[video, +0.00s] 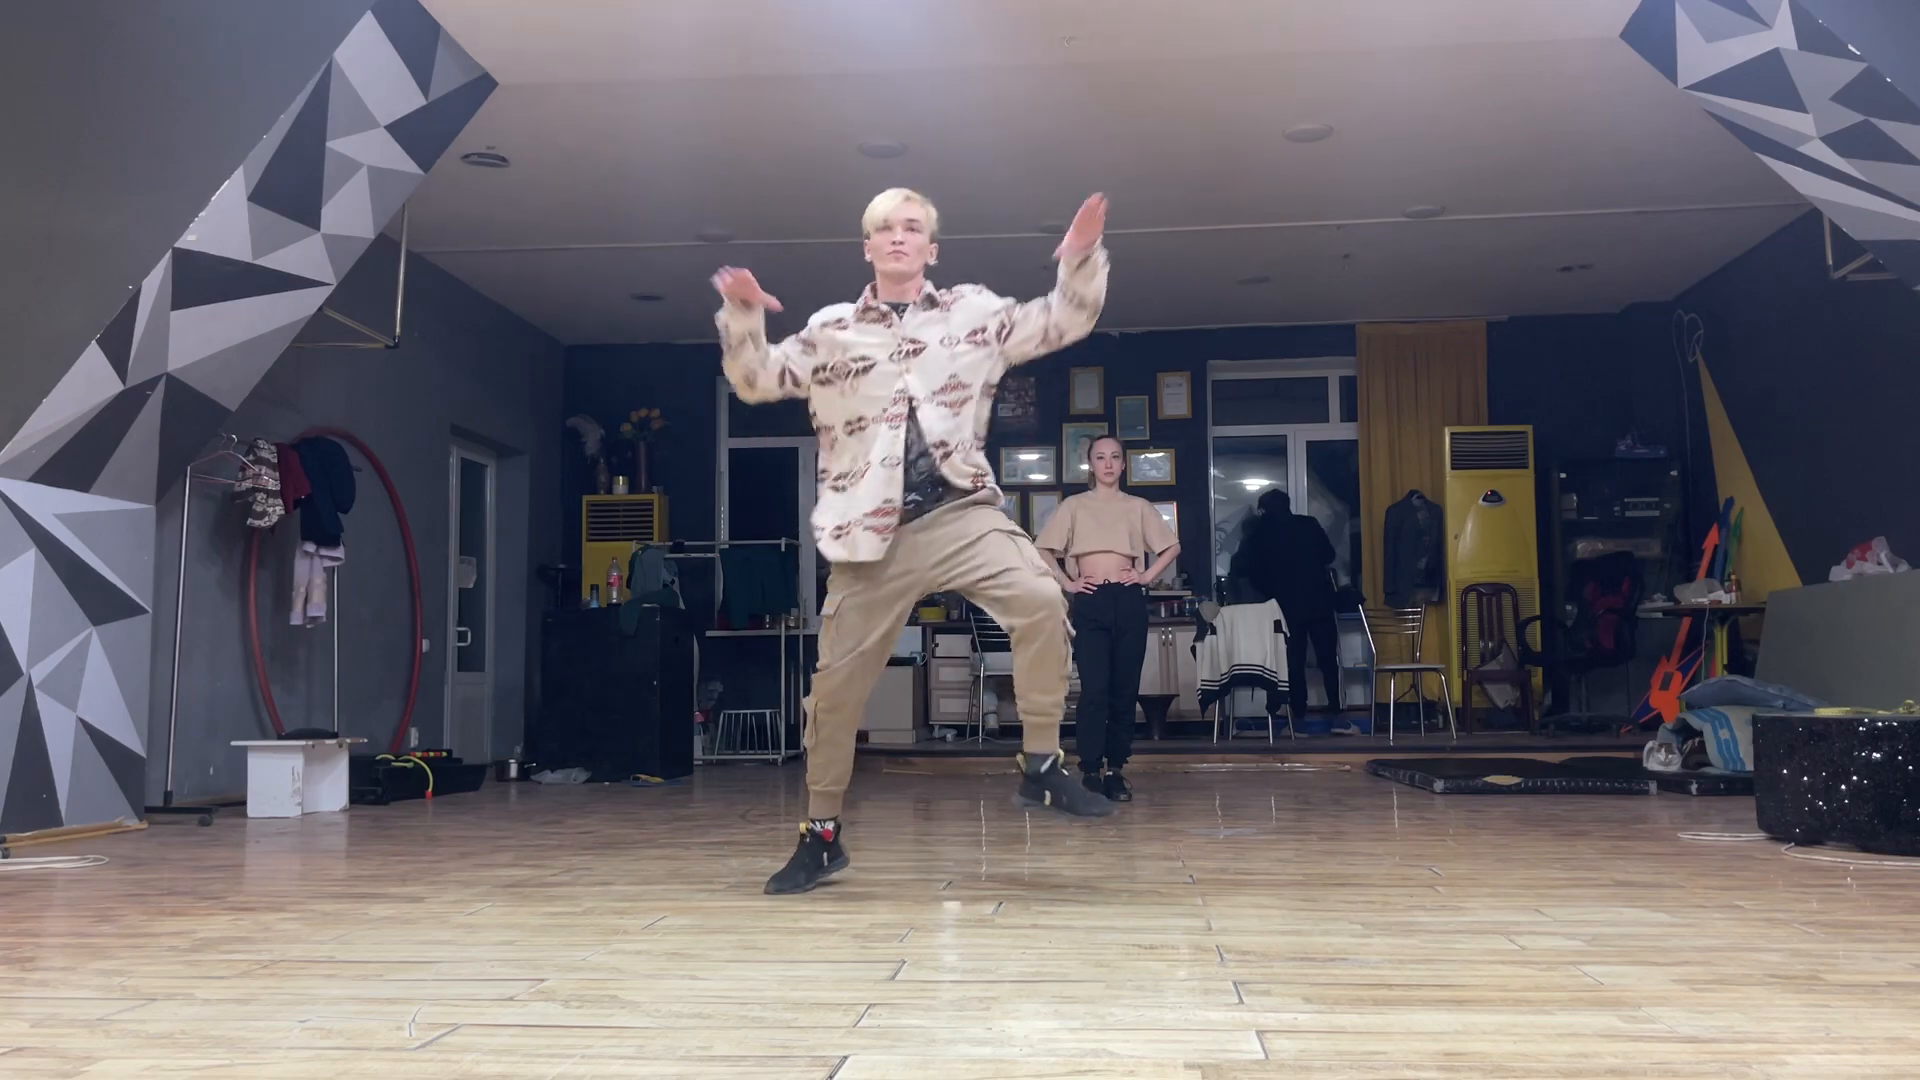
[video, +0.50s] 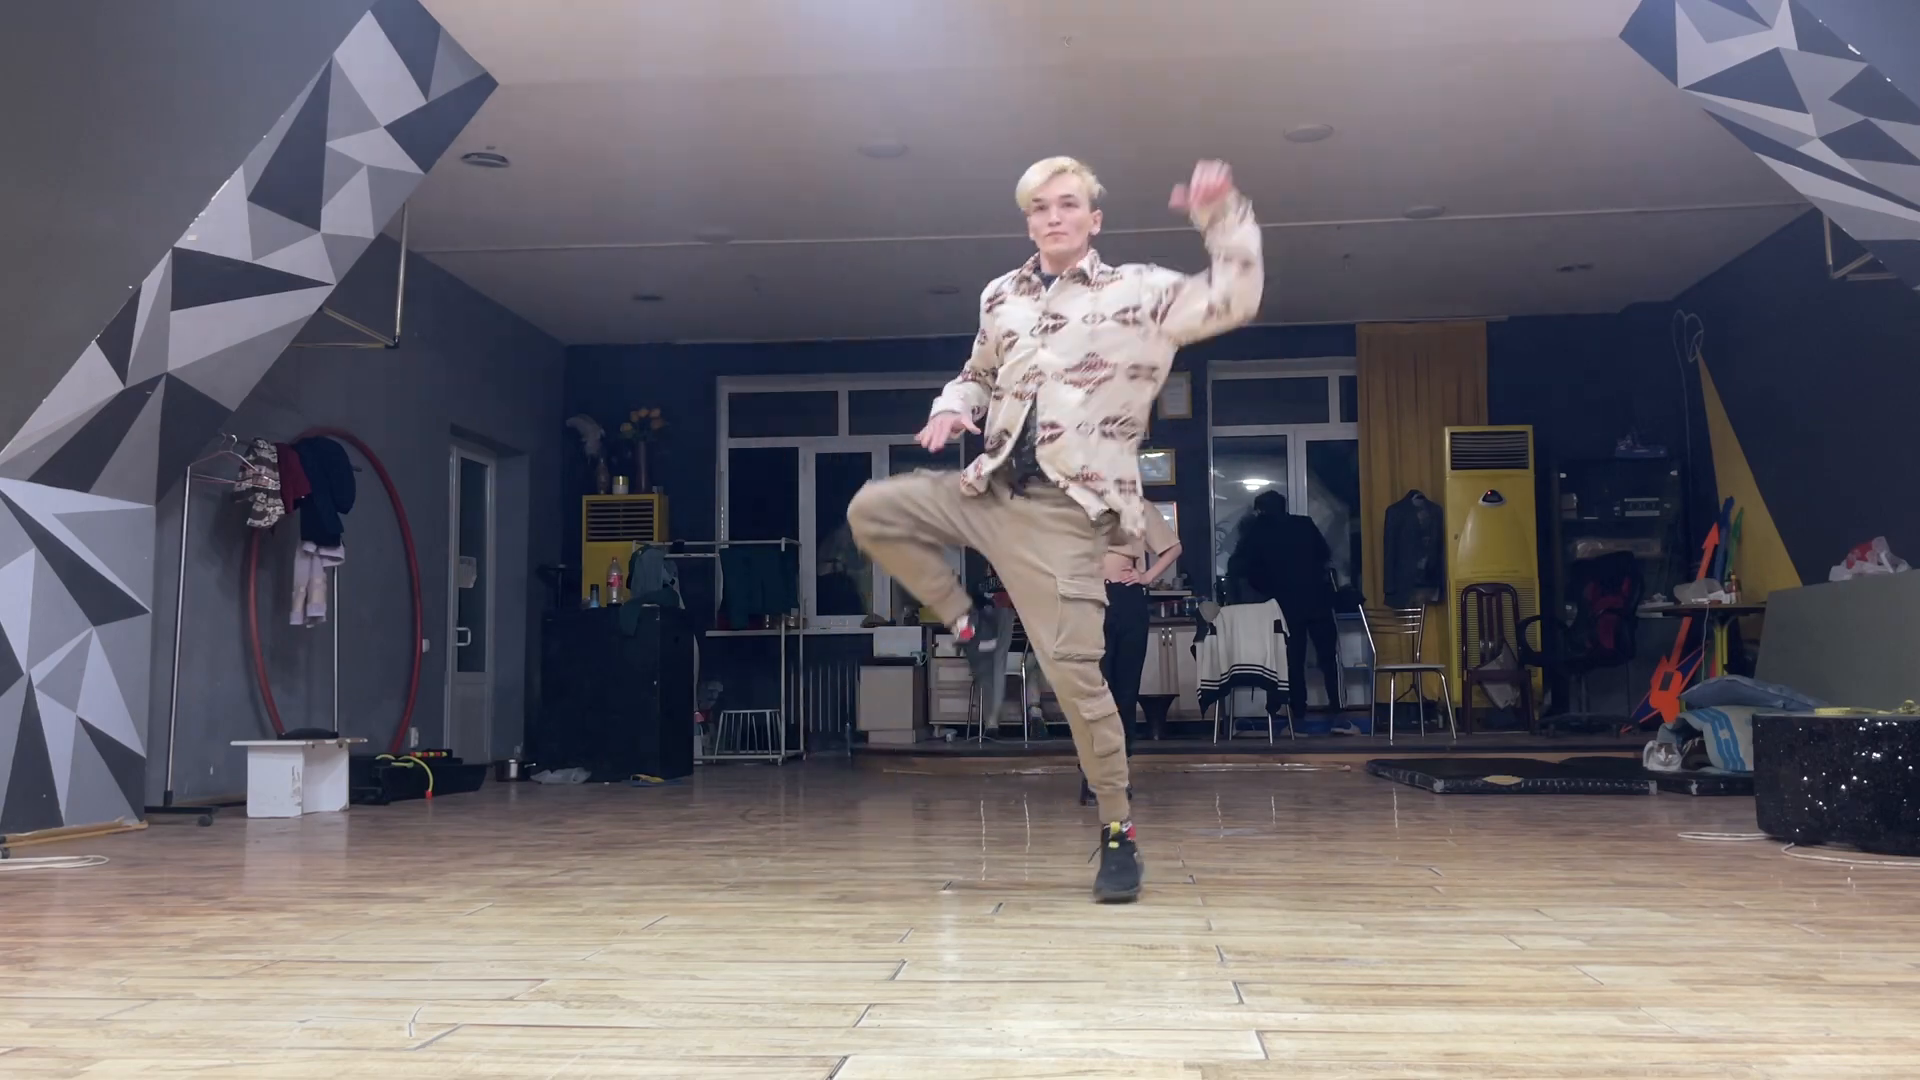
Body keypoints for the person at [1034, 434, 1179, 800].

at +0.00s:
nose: (1108, 463)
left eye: (1114, 457)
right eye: (1100, 457)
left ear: (1123, 462)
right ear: (1090, 463)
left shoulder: (1139, 506)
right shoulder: (1073, 505)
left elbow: (1172, 547)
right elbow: (1044, 549)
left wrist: (1147, 576)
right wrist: (1066, 582)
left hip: (1130, 600)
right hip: (1090, 601)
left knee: (1124, 689)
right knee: (1094, 689)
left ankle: (1115, 772)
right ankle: (1091, 772)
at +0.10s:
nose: (1108, 463)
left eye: (1114, 457)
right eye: (1100, 457)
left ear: (1123, 463)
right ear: (1090, 463)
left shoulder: (1139, 506)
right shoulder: (1073, 505)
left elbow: (1172, 547)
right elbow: (1042, 548)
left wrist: (1148, 576)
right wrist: (1066, 583)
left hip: (1129, 601)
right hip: (1089, 602)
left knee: (1124, 690)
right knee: (1093, 690)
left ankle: (1115, 772)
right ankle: (1091, 774)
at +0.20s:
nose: (1108, 463)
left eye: (1114, 457)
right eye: (1101, 458)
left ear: (1123, 462)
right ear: (1090, 463)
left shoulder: (1139, 506)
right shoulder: (1074, 505)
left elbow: (1172, 547)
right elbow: (1042, 548)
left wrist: (1146, 577)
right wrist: (1067, 582)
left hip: (1129, 600)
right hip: (1089, 601)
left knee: (1124, 690)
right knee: (1094, 689)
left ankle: (1116, 773)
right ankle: (1095, 771)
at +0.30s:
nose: (1104, 466)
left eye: (1110, 459)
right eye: (1098, 459)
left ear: (1121, 465)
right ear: (1090, 465)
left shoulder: (1138, 504)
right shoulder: (1077, 504)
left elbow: (1173, 546)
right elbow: (1060, 544)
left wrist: (1149, 576)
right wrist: (1074, 579)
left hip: (1130, 600)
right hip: (1090, 601)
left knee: (1124, 692)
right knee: (1094, 692)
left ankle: (1115, 771)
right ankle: (1099, 773)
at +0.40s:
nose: (1102, 470)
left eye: (1108, 464)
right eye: (1098, 464)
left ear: (1118, 468)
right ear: (1089, 467)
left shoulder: (1138, 507)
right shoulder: (1074, 506)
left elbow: (1173, 548)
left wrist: (1148, 576)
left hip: (1127, 597)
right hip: (1087, 599)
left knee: (1123, 688)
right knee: (1094, 686)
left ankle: (1114, 772)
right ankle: (1098, 771)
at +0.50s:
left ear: (1125, 478)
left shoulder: (1138, 506)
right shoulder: (1075, 507)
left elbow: (1173, 546)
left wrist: (1148, 575)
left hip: (1129, 598)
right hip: (1089, 597)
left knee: (1124, 691)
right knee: (1091, 688)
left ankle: (1119, 776)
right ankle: (1091, 776)